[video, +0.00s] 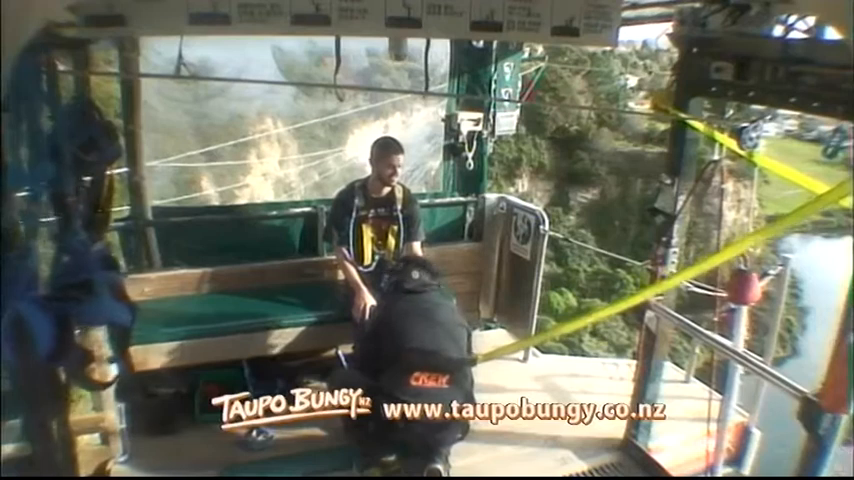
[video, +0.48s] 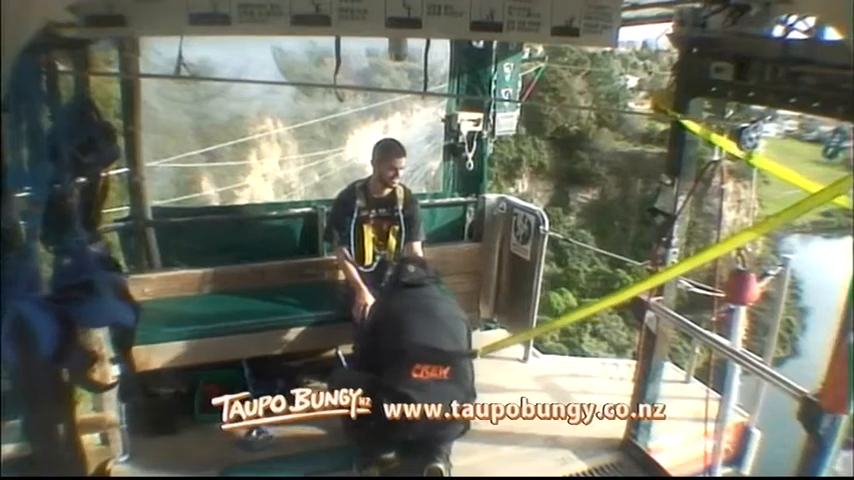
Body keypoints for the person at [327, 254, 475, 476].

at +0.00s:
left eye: (388, 281)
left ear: (393, 283)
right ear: (434, 283)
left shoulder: (387, 309)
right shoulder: (455, 314)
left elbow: (365, 364)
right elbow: (464, 363)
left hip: (396, 421)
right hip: (448, 423)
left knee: (340, 381)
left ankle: (380, 455)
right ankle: (438, 458)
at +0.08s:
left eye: (389, 283)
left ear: (393, 285)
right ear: (435, 285)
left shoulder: (388, 310)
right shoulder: (455, 317)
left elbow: (365, 363)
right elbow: (463, 363)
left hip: (397, 421)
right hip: (447, 423)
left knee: (341, 381)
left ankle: (380, 455)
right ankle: (439, 458)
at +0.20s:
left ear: (393, 286)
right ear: (432, 284)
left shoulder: (387, 310)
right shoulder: (453, 315)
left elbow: (364, 364)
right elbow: (463, 361)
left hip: (397, 423)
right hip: (447, 424)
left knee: (340, 381)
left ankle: (380, 455)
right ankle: (439, 458)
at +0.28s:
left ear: (392, 286)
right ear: (432, 284)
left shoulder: (383, 311)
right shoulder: (453, 316)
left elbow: (365, 365)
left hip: (396, 421)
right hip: (447, 423)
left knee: (340, 380)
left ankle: (379, 454)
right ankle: (439, 458)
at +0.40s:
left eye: (390, 279)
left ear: (395, 280)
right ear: (430, 278)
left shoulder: (385, 306)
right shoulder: (453, 308)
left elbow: (364, 363)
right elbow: (466, 378)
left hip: (395, 417)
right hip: (449, 418)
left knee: (339, 381)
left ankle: (379, 453)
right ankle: (439, 456)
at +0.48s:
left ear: (394, 280)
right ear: (431, 279)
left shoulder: (384, 305)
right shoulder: (454, 308)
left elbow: (365, 364)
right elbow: (467, 380)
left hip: (396, 417)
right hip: (450, 418)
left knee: (340, 380)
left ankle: (379, 451)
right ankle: (439, 456)